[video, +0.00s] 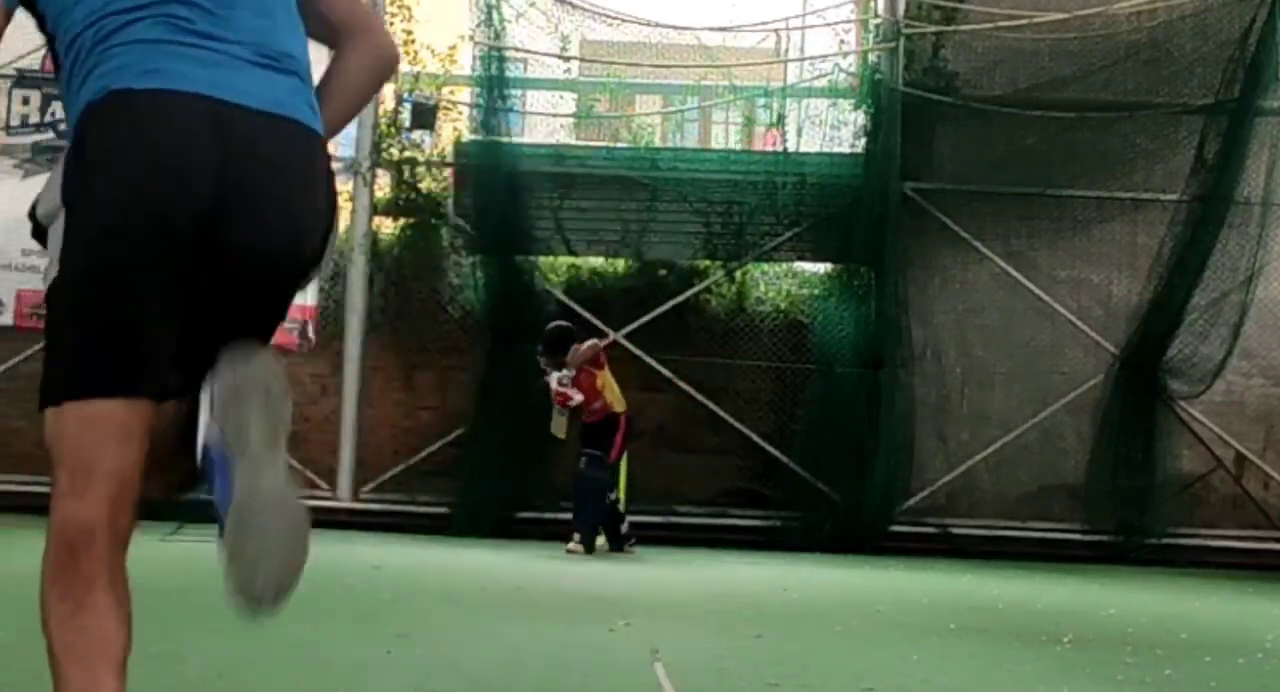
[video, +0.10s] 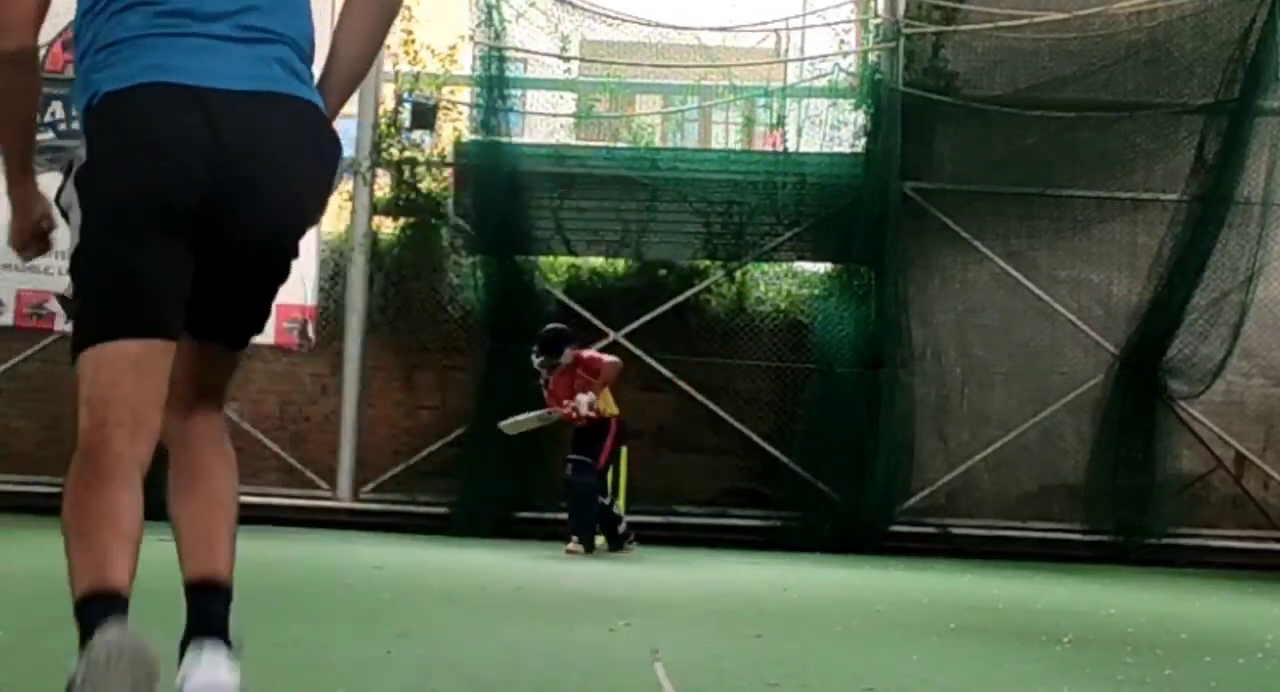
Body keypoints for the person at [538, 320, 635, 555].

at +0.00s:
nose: (549, 366)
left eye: (553, 362)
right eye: (548, 363)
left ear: (566, 353)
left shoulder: (586, 359)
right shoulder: (561, 374)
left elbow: (588, 349)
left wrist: (570, 368)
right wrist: (560, 395)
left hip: (611, 416)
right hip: (589, 420)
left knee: (592, 472)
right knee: (594, 477)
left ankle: (583, 535)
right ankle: (619, 535)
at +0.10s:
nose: (546, 370)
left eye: (551, 364)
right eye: (543, 365)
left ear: (566, 354)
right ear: (541, 360)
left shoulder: (582, 359)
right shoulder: (549, 379)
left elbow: (613, 364)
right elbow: (554, 408)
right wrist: (566, 411)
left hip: (604, 419)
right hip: (582, 423)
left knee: (583, 475)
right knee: (584, 480)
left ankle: (581, 536)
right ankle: (619, 535)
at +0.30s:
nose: (538, 339)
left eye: (544, 333)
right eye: (537, 333)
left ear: (561, 335)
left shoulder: (584, 360)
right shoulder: (541, 363)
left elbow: (618, 394)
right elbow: (548, 398)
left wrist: (591, 414)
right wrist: (547, 415)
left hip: (588, 423)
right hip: (562, 423)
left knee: (575, 480)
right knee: (559, 480)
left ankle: (583, 538)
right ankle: (575, 535)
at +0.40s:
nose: (535, 320)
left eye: (541, 315)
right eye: (534, 315)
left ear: (558, 317)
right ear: (533, 319)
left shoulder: (579, 348)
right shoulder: (534, 350)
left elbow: (607, 384)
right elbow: (538, 387)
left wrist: (583, 405)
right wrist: (527, 404)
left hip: (575, 414)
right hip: (545, 413)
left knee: (566, 475)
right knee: (539, 472)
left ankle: (579, 536)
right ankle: (542, 528)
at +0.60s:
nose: (518, 296)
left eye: (525, 291)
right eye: (517, 291)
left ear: (543, 294)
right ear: (520, 295)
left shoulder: (564, 330)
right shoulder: (516, 328)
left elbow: (584, 371)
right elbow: (511, 368)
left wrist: (570, 396)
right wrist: (498, 401)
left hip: (548, 403)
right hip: (519, 400)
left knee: (541, 474)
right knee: (498, 458)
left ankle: (565, 528)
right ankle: (486, 526)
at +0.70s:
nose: (515, 306)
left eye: (522, 301)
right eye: (513, 301)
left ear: (538, 305)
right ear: (513, 306)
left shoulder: (554, 342)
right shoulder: (504, 340)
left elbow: (573, 386)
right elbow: (491, 384)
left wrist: (562, 406)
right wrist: (475, 417)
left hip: (538, 413)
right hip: (506, 411)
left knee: (528, 477)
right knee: (494, 472)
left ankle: (549, 529)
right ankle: (485, 536)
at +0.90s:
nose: (512, 312)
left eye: (519, 306)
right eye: (511, 306)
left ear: (534, 311)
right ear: (508, 310)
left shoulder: (549, 348)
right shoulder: (499, 345)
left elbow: (562, 392)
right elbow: (482, 381)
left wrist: (553, 412)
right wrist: (459, 405)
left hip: (525, 414)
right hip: (494, 411)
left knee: (509, 469)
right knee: (476, 465)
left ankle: (532, 529)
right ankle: (484, 537)